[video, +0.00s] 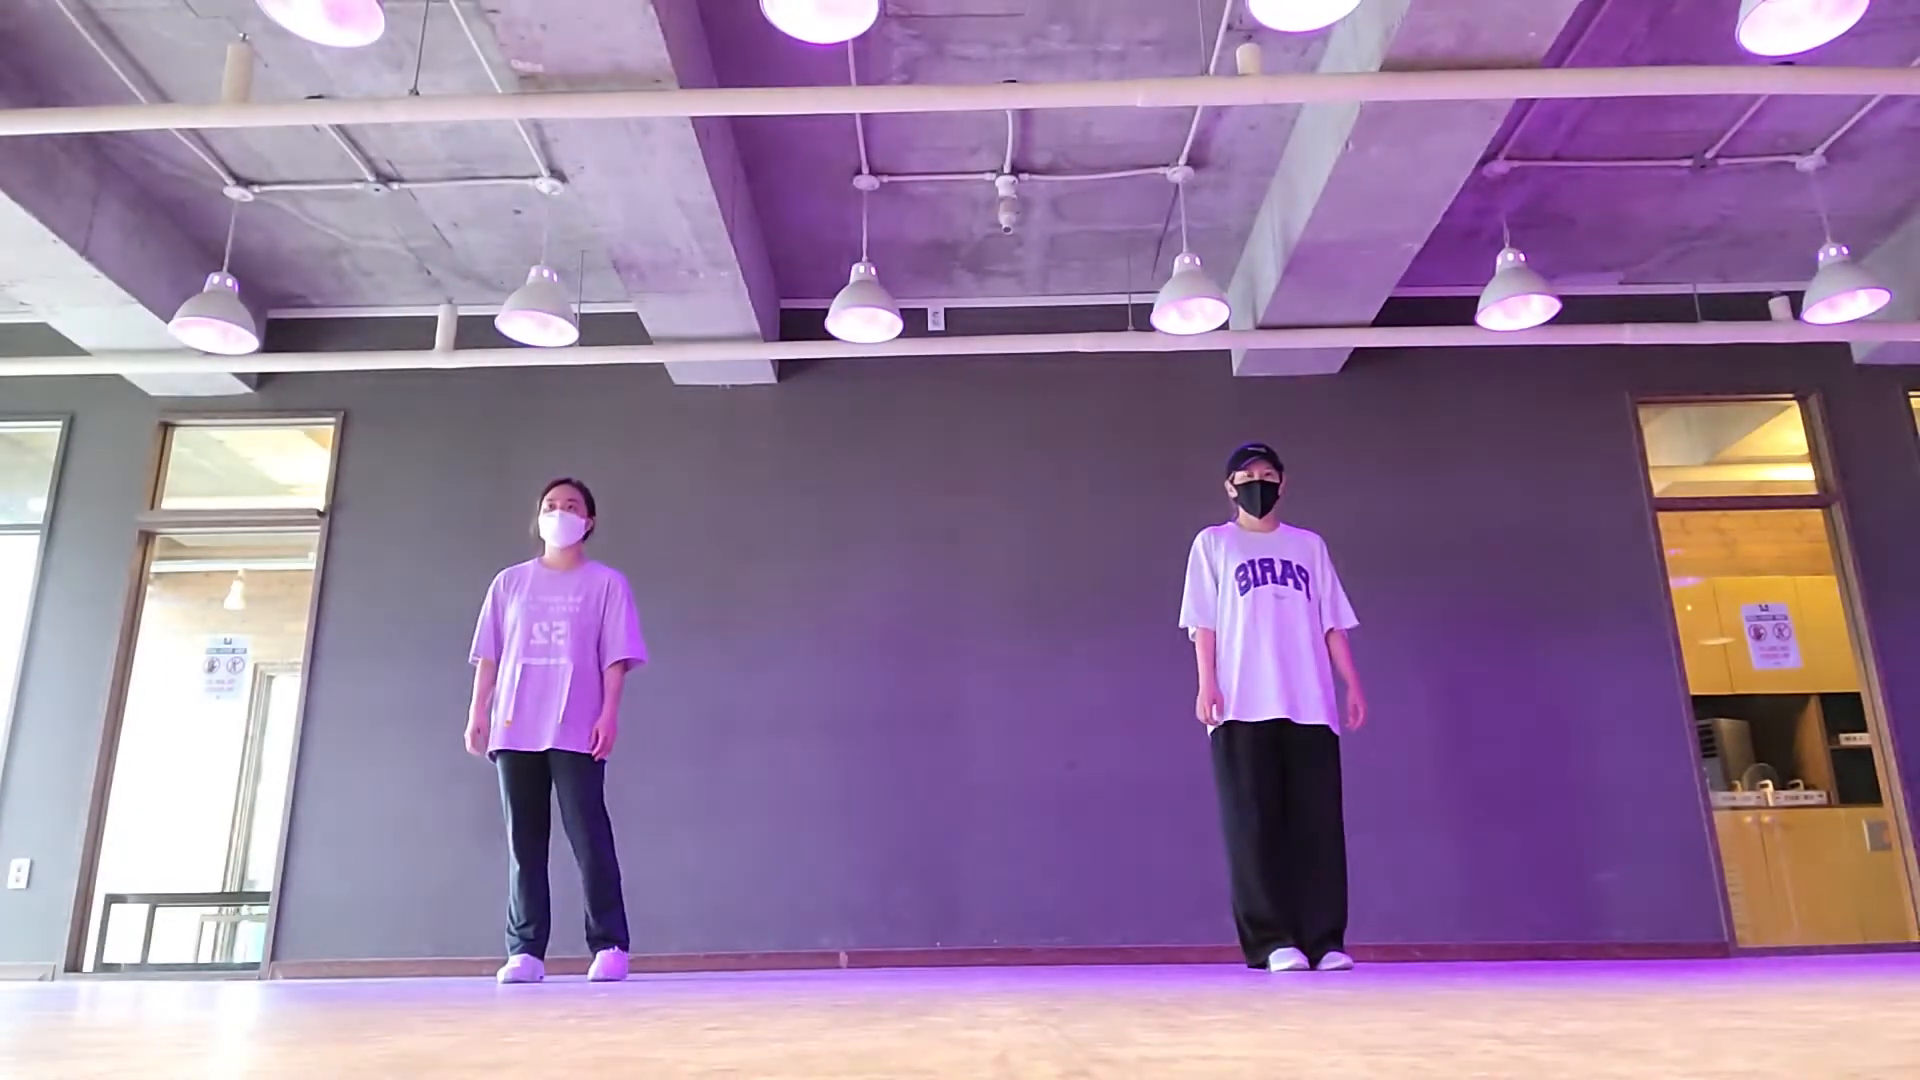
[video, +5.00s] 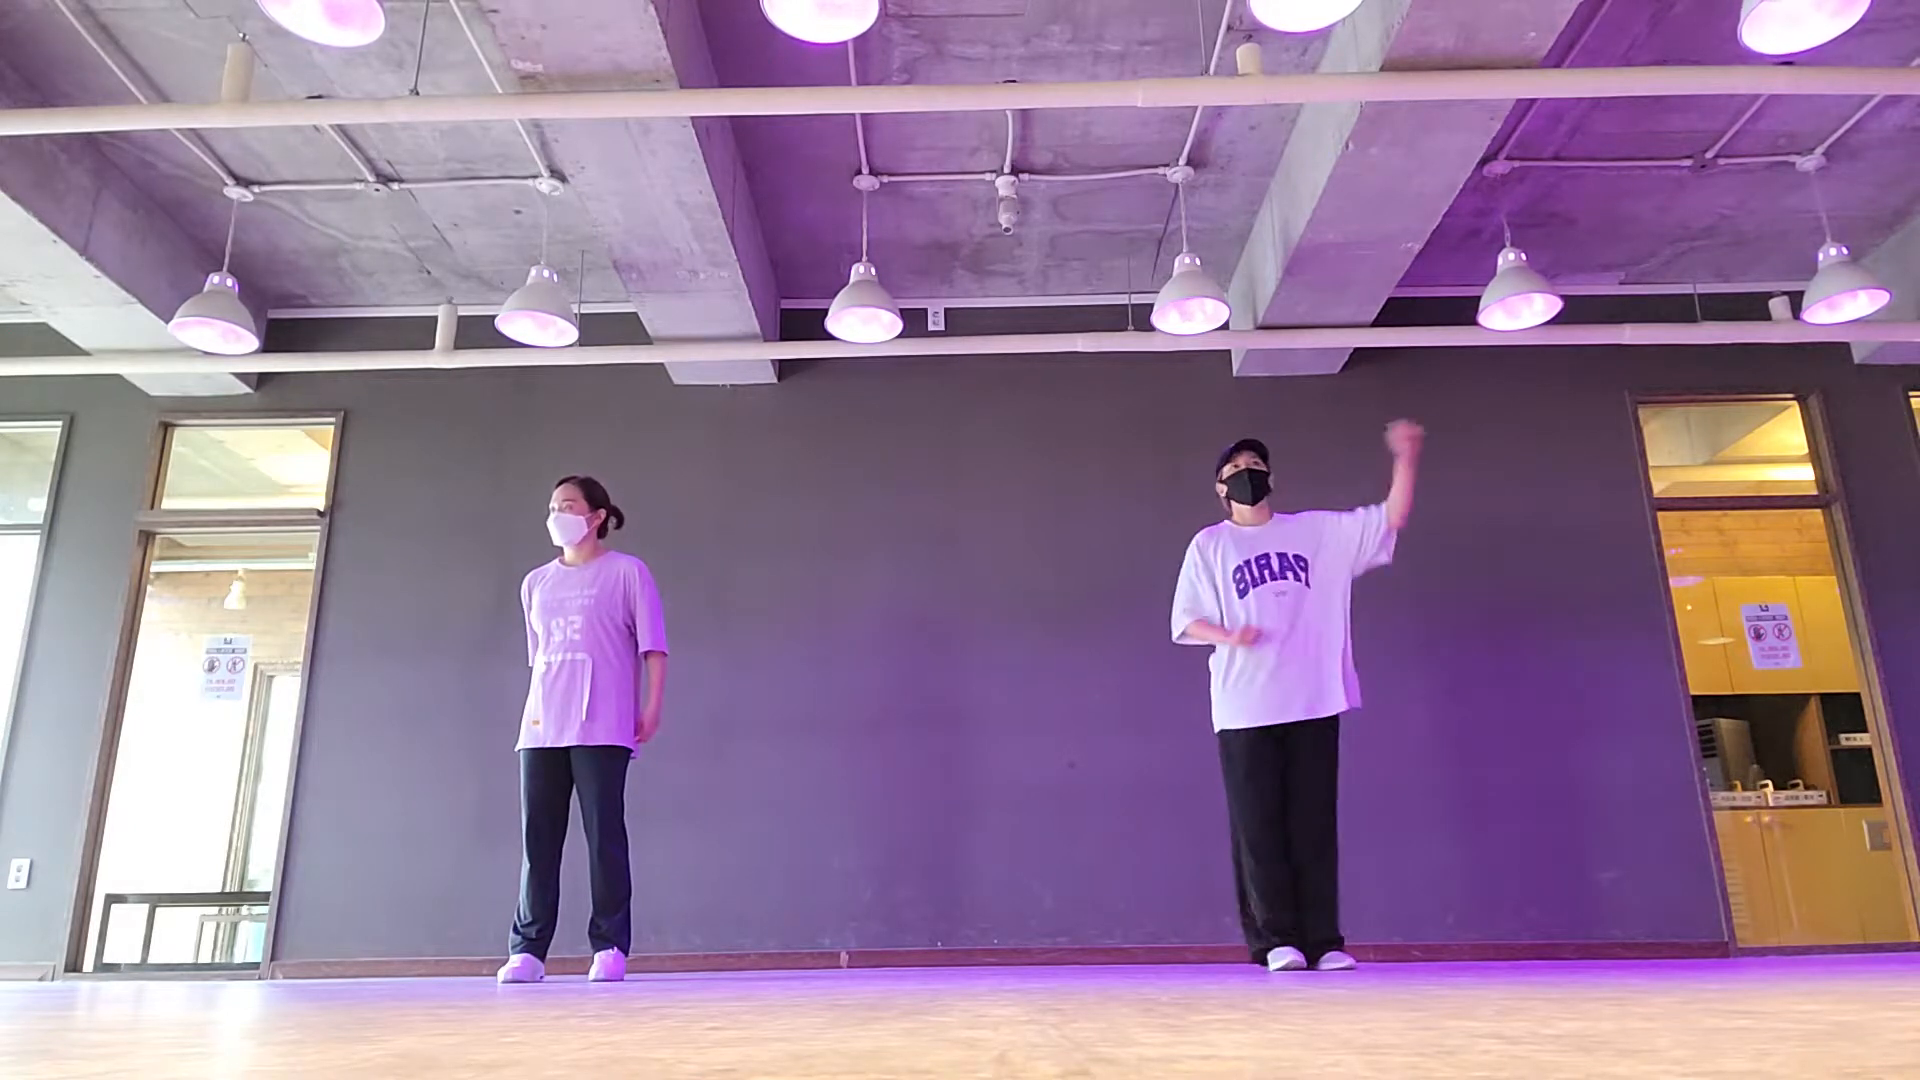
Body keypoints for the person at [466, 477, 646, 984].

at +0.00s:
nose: (560, 513)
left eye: (571, 507)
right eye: (551, 507)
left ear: (588, 523)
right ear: (537, 522)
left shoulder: (607, 583)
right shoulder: (508, 582)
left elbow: (616, 658)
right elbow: (487, 656)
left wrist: (609, 714)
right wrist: (478, 712)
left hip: (575, 728)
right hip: (514, 728)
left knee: (588, 838)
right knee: (524, 844)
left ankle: (610, 947)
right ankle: (524, 952)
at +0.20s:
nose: (566, 511)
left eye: (577, 505)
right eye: (557, 504)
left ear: (594, 522)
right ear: (543, 520)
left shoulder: (616, 581)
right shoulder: (514, 581)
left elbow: (638, 653)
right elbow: (490, 651)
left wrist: (604, 666)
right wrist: (497, 657)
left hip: (586, 729)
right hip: (524, 728)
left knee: (595, 841)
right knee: (529, 845)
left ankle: (609, 949)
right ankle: (525, 953)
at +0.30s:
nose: (569, 510)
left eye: (581, 504)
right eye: (560, 504)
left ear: (598, 522)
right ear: (547, 521)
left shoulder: (621, 580)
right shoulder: (521, 580)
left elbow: (645, 651)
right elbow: (485, 650)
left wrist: (606, 615)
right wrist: (512, 608)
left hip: (591, 728)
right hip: (529, 727)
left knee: (597, 840)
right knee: (531, 844)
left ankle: (609, 949)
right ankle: (525, 953)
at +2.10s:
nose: (593, 511)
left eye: (604, 505)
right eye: (584, 505)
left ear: (620, 522)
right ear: (570, 520)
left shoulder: (635, 576)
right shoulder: (543, 577)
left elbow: (670, 617)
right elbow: (490, 610)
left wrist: (663, 565)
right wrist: (516, 555)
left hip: (612, 721)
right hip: (548, 721)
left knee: (611, 837)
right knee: (543, 837)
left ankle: (610, 949)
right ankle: (527, 951)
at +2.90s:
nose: (573, 511)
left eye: (586, 503)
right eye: (569, 504)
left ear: (611, 519)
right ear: (562, 518)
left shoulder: (633, 574)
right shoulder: (543, 581)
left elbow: (676, 633)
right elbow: (499, 641)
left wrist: (657, 583)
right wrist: (478, 601)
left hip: (609, 723)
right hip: (547, 723)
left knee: (609, 839)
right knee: (542, 841)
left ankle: (610, 949)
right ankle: (527, 951)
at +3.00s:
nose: (573, 510)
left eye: (585, 503)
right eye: (569, 503)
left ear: (611, 518)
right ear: (561, 518)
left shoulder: (636, 576)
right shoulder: (540, 582)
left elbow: (674, 645)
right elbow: (518, 652)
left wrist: (639, 636)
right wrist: (494, 655)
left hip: (607, 725)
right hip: (546, 725)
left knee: (608, 840)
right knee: (541, 841)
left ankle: (610, 949)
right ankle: (527, 952)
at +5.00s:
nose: (556, 515)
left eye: (568, 508)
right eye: (553, 508)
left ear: (597, 518)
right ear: (547, 520)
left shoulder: (628, 572)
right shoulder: (535, 582)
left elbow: (654, 648)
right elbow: (538, 660)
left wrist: (650, 712)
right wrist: (534, 718)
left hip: (602, 721)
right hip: (542, 724)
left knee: (604, 838)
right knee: (538, 840)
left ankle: (609, 948)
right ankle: (527, 950)